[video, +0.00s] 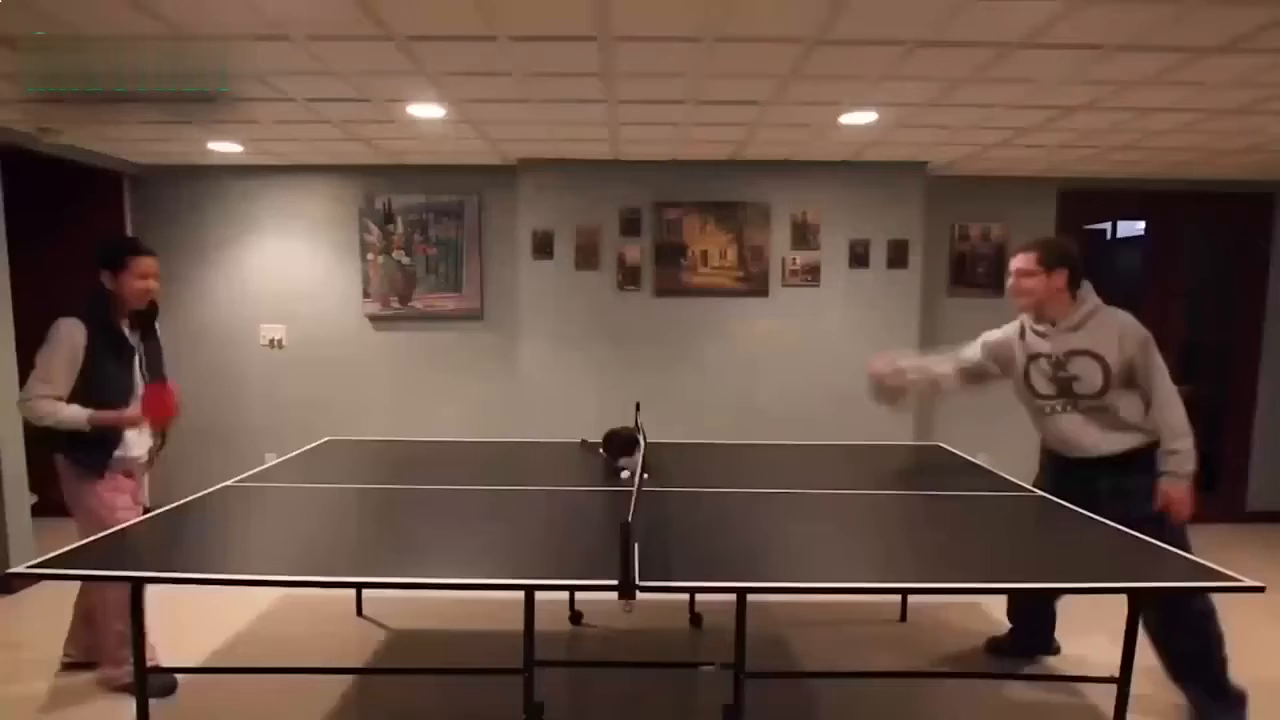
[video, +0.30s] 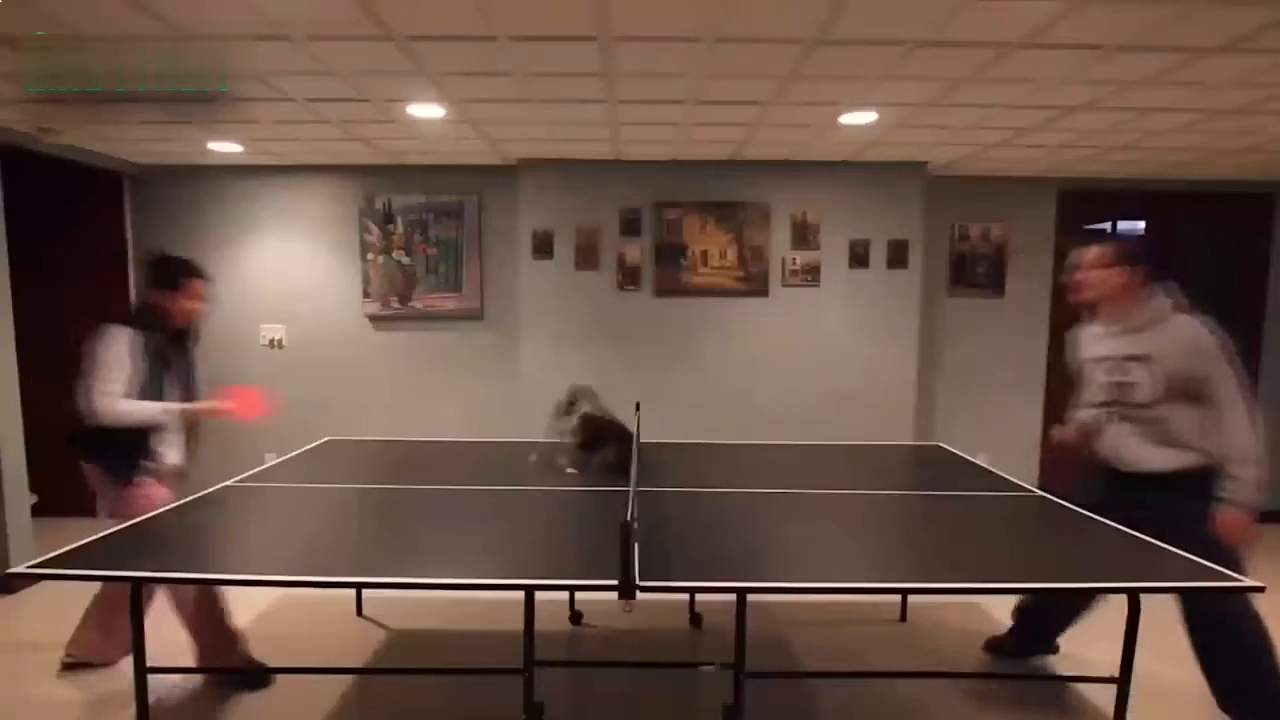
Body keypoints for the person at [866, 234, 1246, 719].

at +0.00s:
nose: (1013, 285)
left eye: (1024, 275)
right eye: (1012, 275)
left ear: (1060, 279)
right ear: (1018, 284)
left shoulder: (1120, 330)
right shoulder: (1013, 340)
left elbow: (1165, 400)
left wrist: (1177, 472)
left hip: (1130, 468)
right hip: (1063, 469)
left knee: (1168, 584)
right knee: (1034, 550)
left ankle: (1215, 701)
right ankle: (1030, 634)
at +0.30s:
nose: (1079, 278)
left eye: (1092, 269)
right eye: (1077, 270)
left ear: (1129, 275)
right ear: (1077, 280)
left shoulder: (1188, 335)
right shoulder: (1085, 337)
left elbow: (1237, 414)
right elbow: (1092, 400)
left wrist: (1238, 497)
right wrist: (1074, 429)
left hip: (1188, 488)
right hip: (1118, 484)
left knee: (1217, 609)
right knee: (1074, 567)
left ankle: (1259, 706)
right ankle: (1028, 636)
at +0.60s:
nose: (1165, 249)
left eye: (1178, 241)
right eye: (1166, 240)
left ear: (1221, 248)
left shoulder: (1265, 317)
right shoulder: (1162, 313)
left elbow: (1276, 418)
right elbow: (1156, 384)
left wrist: (1258, 502)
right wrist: (1123, 405)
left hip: (1223, 483)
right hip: (1157, 475)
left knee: (1235, 615)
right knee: (1121, 570)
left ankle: (1257, 707)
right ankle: (1070, 649)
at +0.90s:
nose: (1154, 247)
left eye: (1167, 238)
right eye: (1154, 238)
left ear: (1208, 246)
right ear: (1159, 247)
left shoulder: (1255, 318)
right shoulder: (1161, 313)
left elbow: (1263, 418)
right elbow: (1154, 390)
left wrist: (1230, 497)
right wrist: (1114, 401)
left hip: (1201, 481)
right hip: (1142, 471)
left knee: (1230, 614)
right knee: (1112, 571)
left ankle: (1260, 707)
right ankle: (1068, 650)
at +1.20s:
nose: (1082, 276)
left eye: (1093, 264)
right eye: (1081, 266)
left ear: (1130, 265)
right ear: (1086, 273)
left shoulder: (1183, 327)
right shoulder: (1100, 330)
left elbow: (1209, 425)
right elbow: (1100, 398)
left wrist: (1167, 497)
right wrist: (1055, 413)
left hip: (1160, 485)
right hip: (1099, 480)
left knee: (1194, 607)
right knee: (1055, 567)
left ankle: (1257, 705)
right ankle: (1020, 653)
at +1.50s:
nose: (1017, 277)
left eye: (1026, 266)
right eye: (1014, 268)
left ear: (1064, 263)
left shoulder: (1124, 322)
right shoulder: (1030, 321)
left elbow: (1157, 403)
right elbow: (1001, 387)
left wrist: (1133, 476)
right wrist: (979, 393)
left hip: (1100, 469)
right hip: (1041, 464)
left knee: (1104, 586)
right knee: (1018, 555)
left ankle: (1160, 692)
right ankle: (1022, 647)